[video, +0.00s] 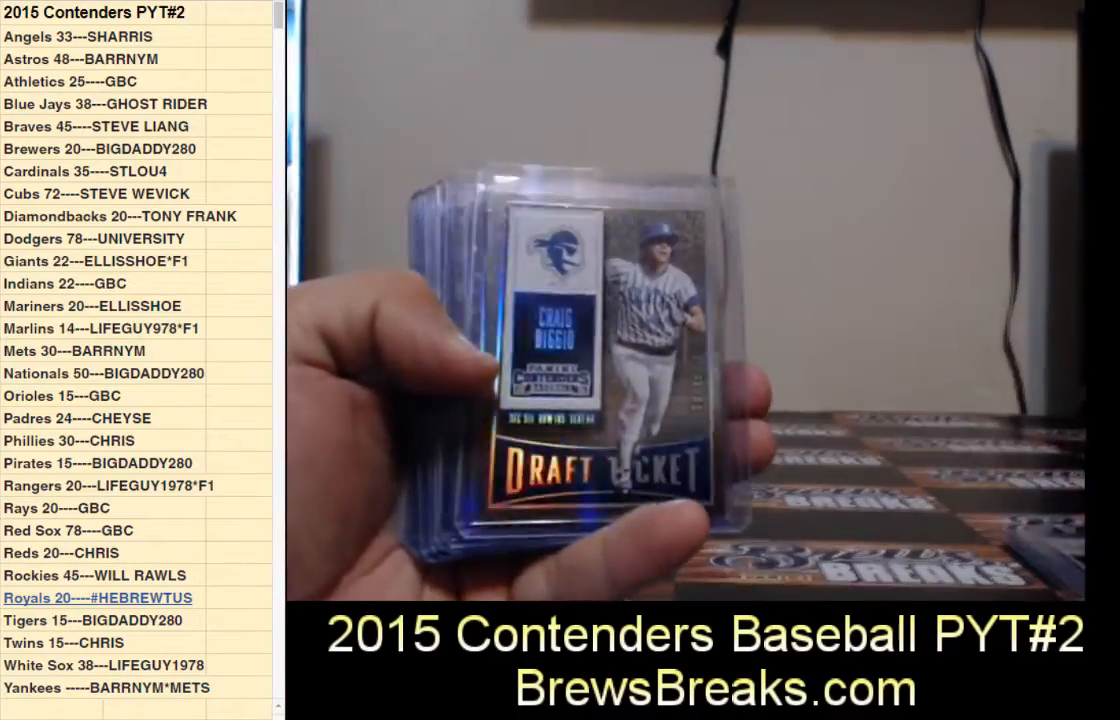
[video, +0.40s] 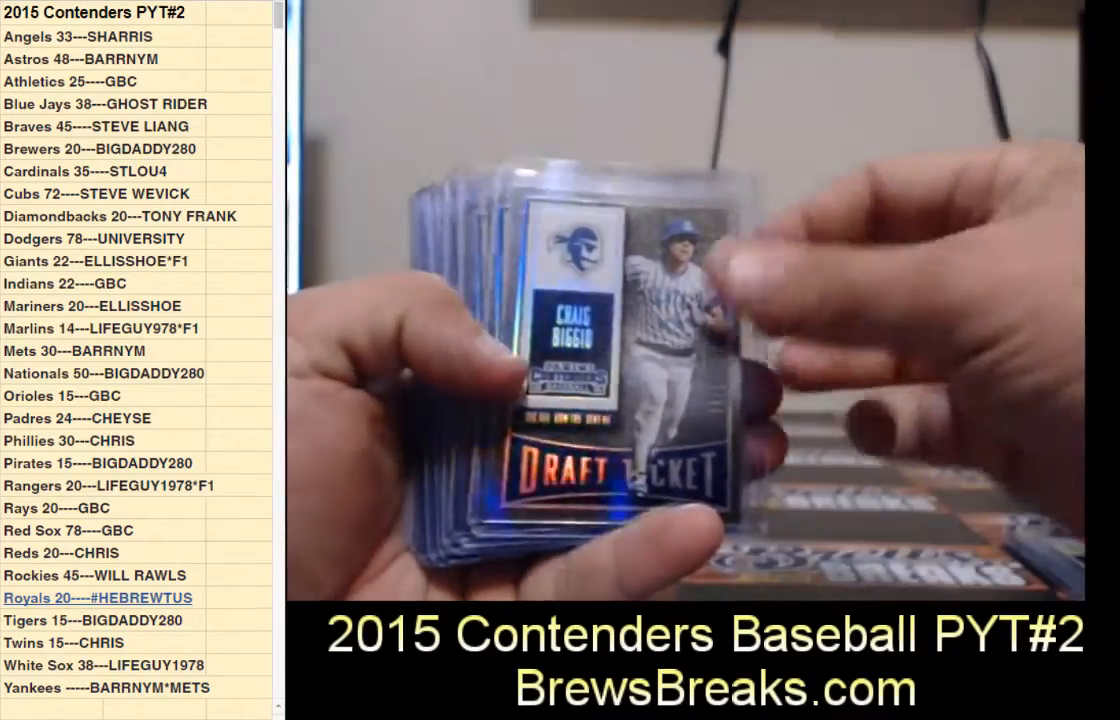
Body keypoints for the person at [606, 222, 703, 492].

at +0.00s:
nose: (664, 248)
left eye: (668, 244)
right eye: (658, 244)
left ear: (672, 249)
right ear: (645, 247)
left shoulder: (680, 280)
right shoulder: (624, 272)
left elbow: (700, 324)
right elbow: (587, 268)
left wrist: (688, 319)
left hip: (664, 358)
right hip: (629, 352)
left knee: (655, 421)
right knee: (638, 395)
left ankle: (638, 454)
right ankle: (624, 465)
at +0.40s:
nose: (686, 247)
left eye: (690, 242)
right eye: (680, 242)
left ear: (695, 247)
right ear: (667, 245)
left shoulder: (700, 279)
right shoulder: (645, 270)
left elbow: (719, 318)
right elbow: (606, 267)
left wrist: (715, 321)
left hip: (683, 360)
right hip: (648, 354)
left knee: (674, 420)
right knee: (652, 405)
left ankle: (659, 469)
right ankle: (640, 473)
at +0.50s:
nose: (700, 249)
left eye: (704, 243)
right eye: (693, 243)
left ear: (709, 249)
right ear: (679, 245)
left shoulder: (715, 281)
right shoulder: (655, 269)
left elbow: (729, 320)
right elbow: (614, 267)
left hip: (693, 363)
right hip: (657, 355)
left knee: (681, 425)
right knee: (663, 400)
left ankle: (662, 470)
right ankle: (647, 474)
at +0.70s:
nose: (658, 244)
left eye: (664, 238)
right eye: (653, 238)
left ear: (674, 242)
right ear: (647, 242)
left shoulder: (689, 281)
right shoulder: (630, 276)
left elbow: (696, 327)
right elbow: (615, 327)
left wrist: (696, 367)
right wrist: (611, 366)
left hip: (672, 363)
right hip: (632, 363)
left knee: (671, 444)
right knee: (612, 441)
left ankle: (673, 516)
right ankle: (605, 516)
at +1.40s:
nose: (659, 245)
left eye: (664, 240)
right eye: (654, 240)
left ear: (675, 244)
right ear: (648, 244)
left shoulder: (691, 283)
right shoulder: (634, 277)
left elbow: (700, 330)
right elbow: (617, 325)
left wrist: (702, 370)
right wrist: (613, 366)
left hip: (675, 364)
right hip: (636, 363)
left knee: (676, 446)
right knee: (618, 443)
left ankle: (680, 517)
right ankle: (612, 518)